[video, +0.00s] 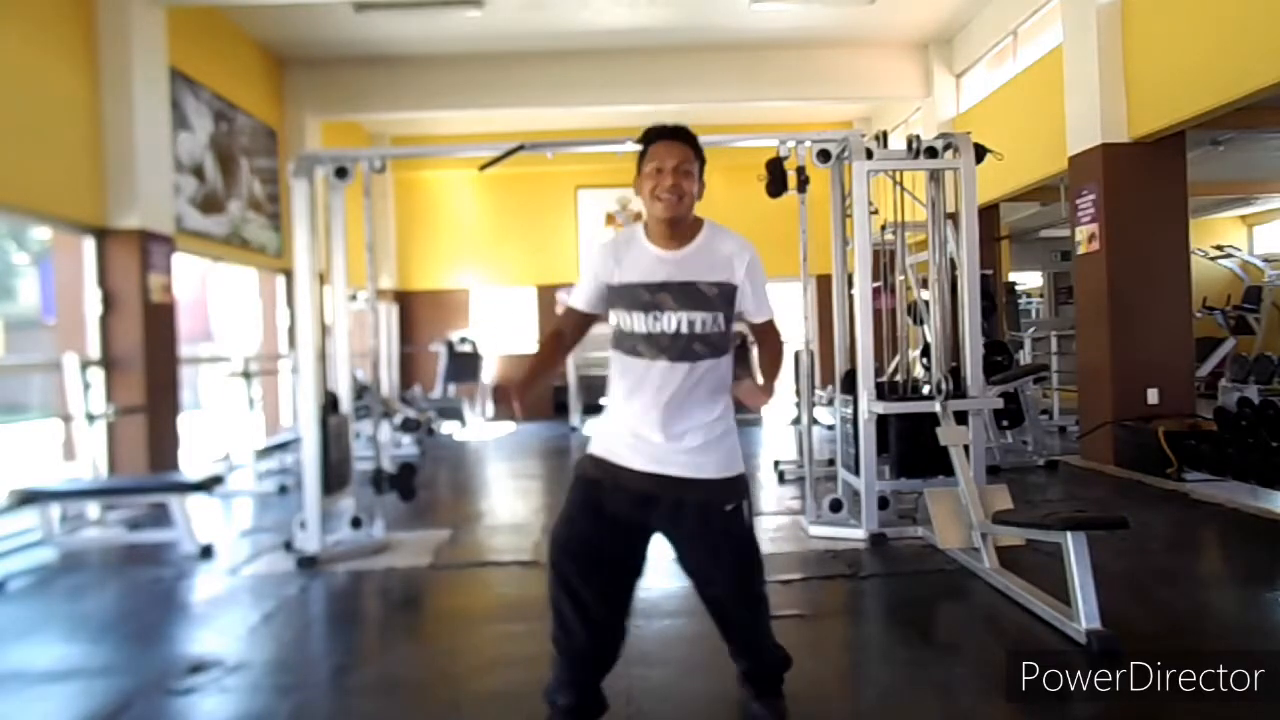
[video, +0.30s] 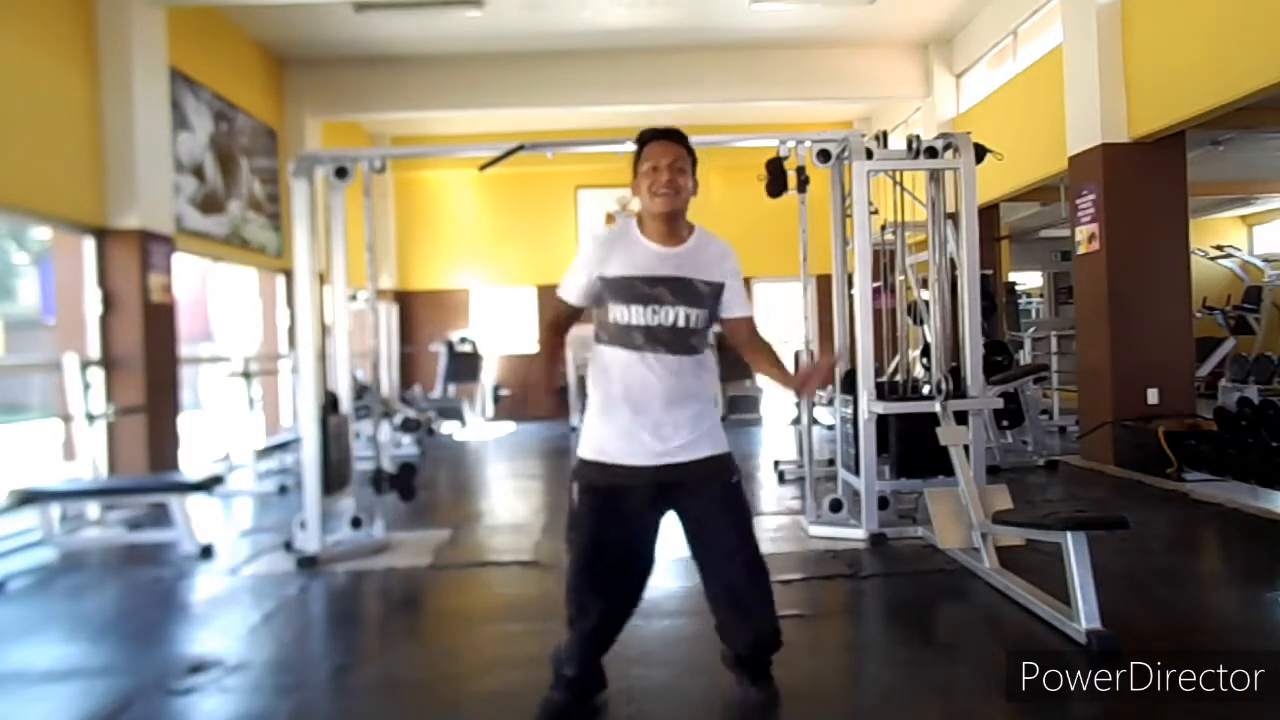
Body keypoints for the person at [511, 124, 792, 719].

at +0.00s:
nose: (670, 182)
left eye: (682, 171)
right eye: (657, 170)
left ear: (701, 182)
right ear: (638, 183)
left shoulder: (734, 255)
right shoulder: (612, 256)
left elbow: (766, 334)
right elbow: (568, 329)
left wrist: (765, 385)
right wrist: (524, 380)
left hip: (706, 457)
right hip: (620, 449)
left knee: (735, 586)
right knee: (576, 561)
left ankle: (765, 685)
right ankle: (575, 698)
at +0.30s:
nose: (665, 177)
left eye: (676, 168)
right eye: (653, 169)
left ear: (694, 181)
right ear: (634, 182)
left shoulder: (717, 256)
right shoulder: (604, 248)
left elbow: (744, 337)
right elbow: (556, 318)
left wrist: (792, 380)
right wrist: (548, 376)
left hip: (699, 448)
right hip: (614, 451)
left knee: (737, 571)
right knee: (595, 581)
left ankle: (755, 672)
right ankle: (576, 687)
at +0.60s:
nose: (660, 175)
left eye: (671, 165)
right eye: (649, 166)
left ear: (688, 177)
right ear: (631, 178)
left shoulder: (712, 251)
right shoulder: (601, 247)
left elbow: (727, 335)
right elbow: (558, 316)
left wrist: (767, 343)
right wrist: (576, 349)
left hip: (695, 443)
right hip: (611, 443)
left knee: (724, 572)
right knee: (573, 569)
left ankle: (750, 669)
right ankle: (562, 678)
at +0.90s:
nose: (654, 177)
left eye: (666, 169)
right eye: (642, 169)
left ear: (683, 185)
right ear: (624, 188)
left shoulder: (715, 253)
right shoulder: (603, 255)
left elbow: (735, 338)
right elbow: (568, 331)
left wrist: (735, 319)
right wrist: (552, 325)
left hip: (696, 448)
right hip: (613, 440)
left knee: (710, 579)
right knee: (553, 559)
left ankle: (739, 664)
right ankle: (559, 659)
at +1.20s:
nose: (652, 186)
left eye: (663, 176)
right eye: (639, 178)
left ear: (680, 190)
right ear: (622, 195)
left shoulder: (716, 254)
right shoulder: (603, 263)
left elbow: (745, 332)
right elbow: (557, 334)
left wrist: (735, 381)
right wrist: (505, 386)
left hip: (696, 452)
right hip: (613, 449)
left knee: (723, 572)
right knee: (562, 553)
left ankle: (739, 676)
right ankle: (561, 671)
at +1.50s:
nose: (652, 176)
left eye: (663, 166)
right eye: (639, 168)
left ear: (679, 179)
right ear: (621, 184)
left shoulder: (706, 255)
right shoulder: (594, 256)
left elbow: (718, 347)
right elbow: (568, 339)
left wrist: (726, 431)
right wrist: (584, 419)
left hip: (695, 456)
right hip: (612, 460)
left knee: (737, 589)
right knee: (594, 598)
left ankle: (739, 685)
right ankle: (572, 704)